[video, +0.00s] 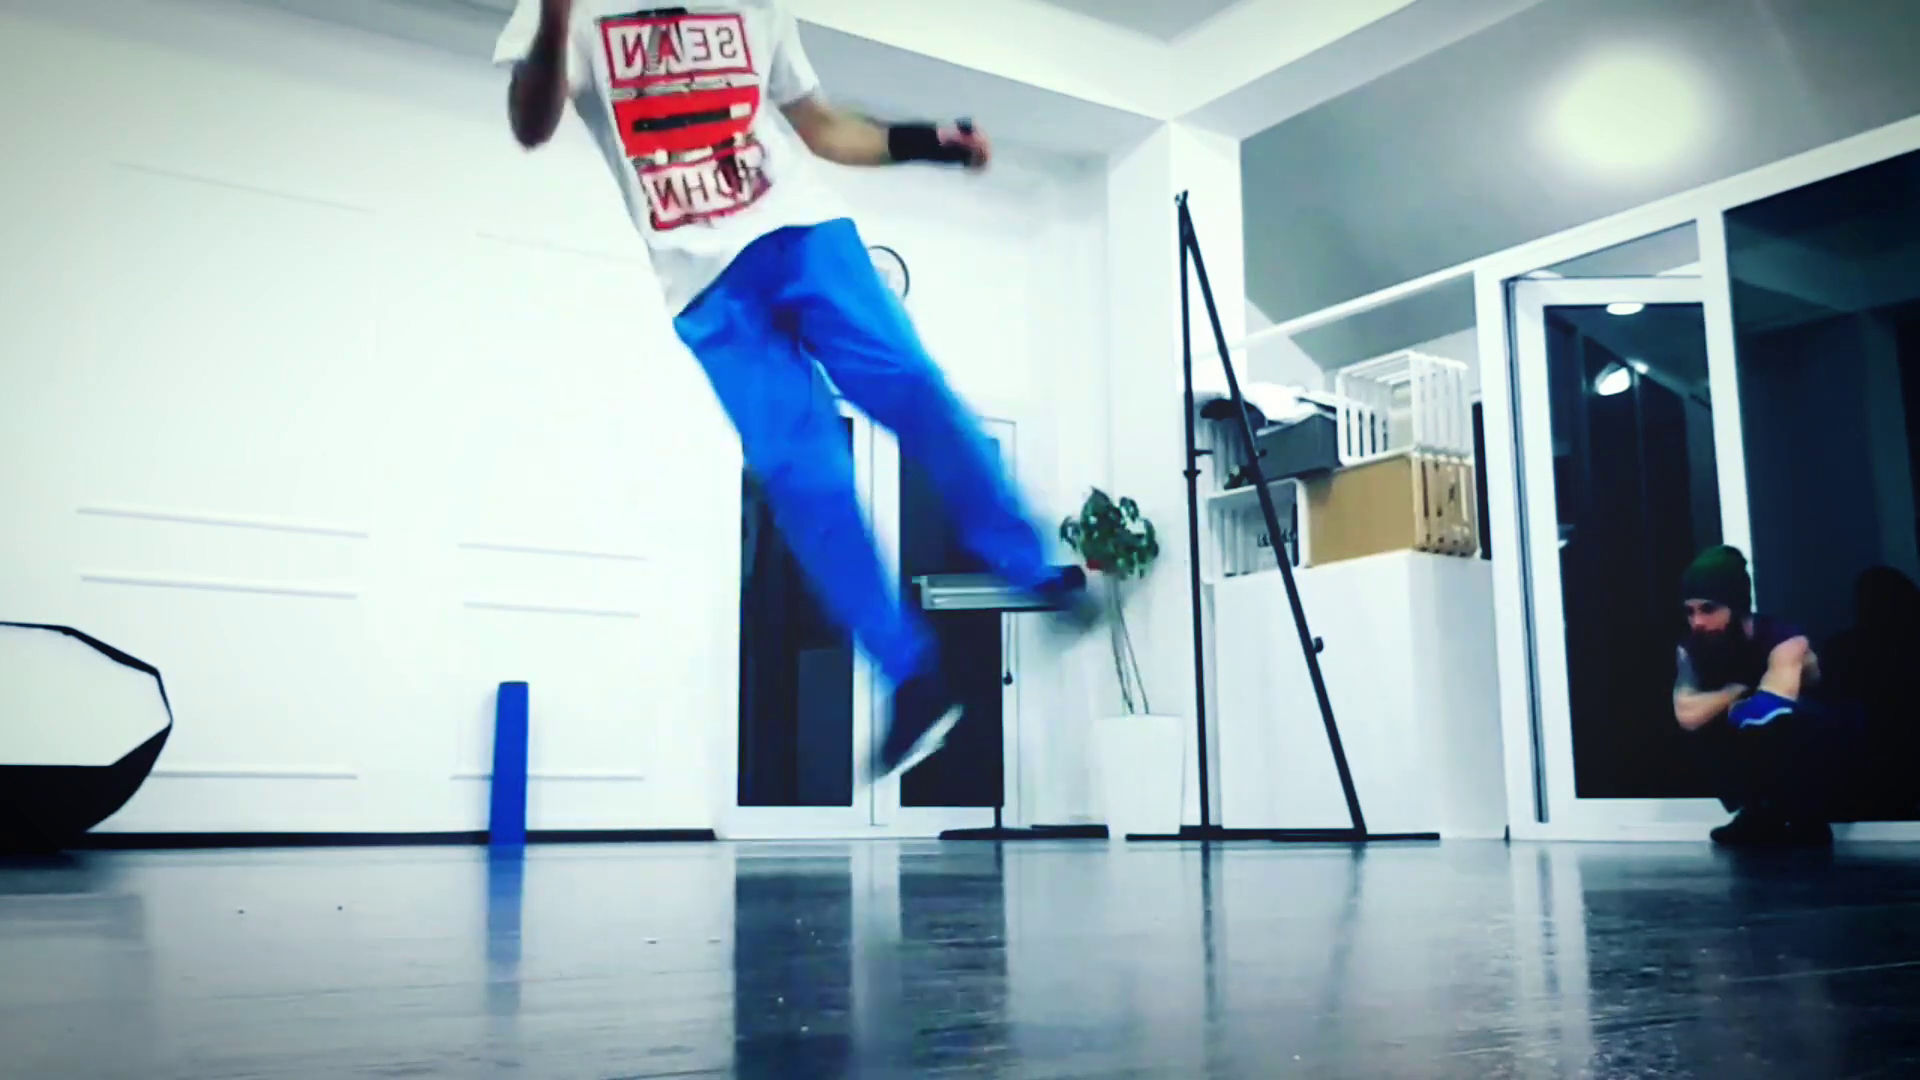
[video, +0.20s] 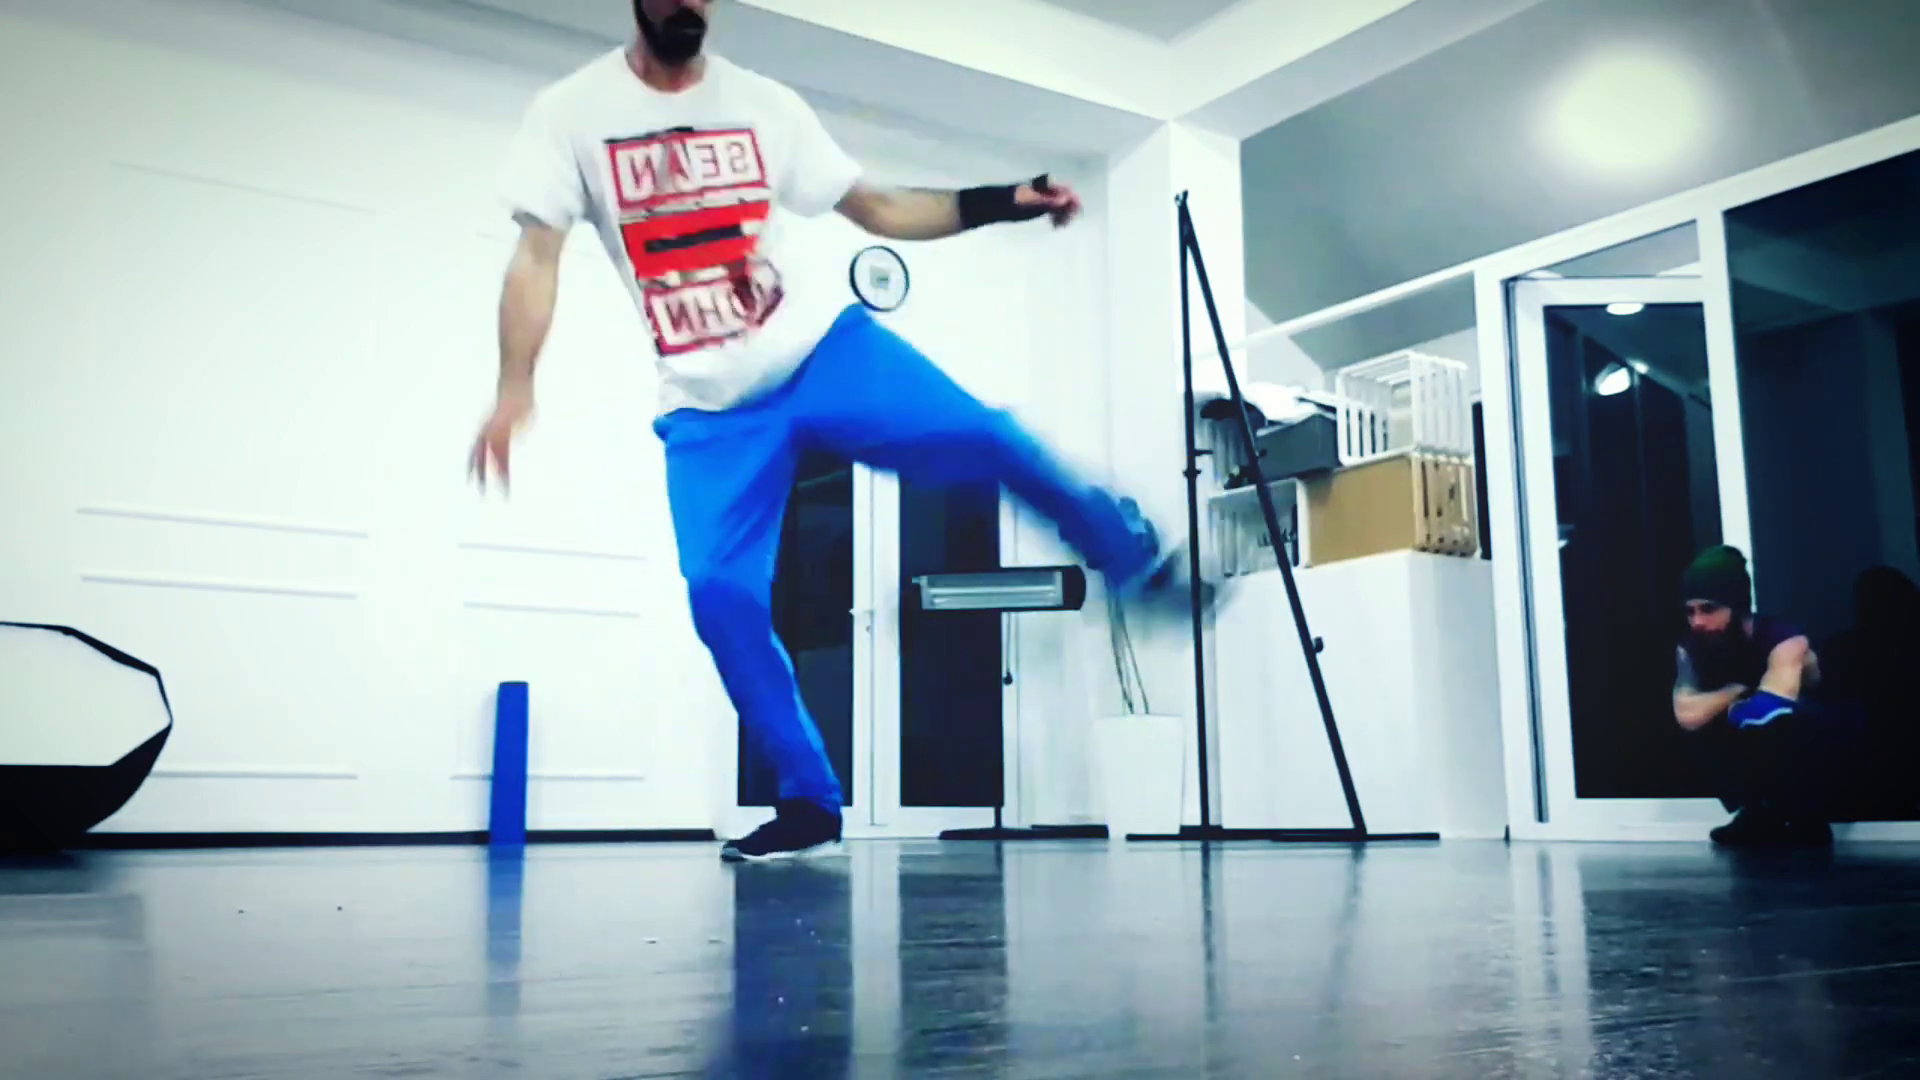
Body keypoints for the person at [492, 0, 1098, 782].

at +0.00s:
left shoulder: (757, 13)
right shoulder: (568, 16)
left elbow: (822, 127)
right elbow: (530, 128)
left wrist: (930, 141)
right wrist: (552, 19)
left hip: (800, 225)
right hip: (698, 280)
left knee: (914, 391)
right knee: (801, 473)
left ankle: (1037, 569)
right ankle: (911, 672)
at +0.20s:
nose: (685, 10)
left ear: (713, 9)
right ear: (634, 4)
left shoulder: (764, 107)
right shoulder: (570, 115)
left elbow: (877, 210)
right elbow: (535, 256)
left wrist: (1009, 201)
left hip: (826, 353)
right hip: (711, 411)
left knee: (989, 438)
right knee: (722, 595)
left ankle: (1144, 567)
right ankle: (809, 805)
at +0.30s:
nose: (694, 12)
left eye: (705, 3)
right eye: (676, 3)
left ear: (723, 1)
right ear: (646, 3)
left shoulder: (792, 81)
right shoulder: (591, 109)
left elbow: (892, 188)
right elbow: (556, 268)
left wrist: (1002, 194)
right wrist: (521, 428)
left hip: (805, 356)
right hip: (679, 382)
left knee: (901, 495)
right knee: (648, 549)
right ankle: (738, 760)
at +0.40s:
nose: (699, 36)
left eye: (711, 15)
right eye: (677, 20)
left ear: (735, 13)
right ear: (644, 24)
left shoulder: (816, 103)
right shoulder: (615, 140)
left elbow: (902, 214)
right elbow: (564, 302)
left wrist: (984, 256)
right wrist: (497, 447)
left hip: (794, 398)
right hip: (668, 377)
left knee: (788, 586)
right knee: (584, 527)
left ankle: (659, 784)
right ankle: (524, 664)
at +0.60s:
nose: (722, 108)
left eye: (736, 83)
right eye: (698, 90)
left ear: (763, 66)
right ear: (669, 85)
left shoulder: (841, 185)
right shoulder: (641, 190)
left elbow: (915, 299)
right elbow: (549, 319)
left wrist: (960, 362)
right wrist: (443, 401)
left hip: (786, 449)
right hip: (675, 415)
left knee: (782, 623)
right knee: (622, 539)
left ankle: (639, 798)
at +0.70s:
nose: (757, 96)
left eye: (769, 76)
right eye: (735, 78)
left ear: (786, 69)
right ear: (692, 73)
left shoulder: (837, 182)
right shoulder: (636, 182)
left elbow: (910, 296)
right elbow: (532, 294)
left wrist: (973, 355)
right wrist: (431, 344)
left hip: (814, 436)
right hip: (700, 413)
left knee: (837, 633)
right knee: (737, 530)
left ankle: (651, 777)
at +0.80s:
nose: (770, 147)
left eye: (782, 129)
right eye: (754, 127)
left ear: (797, 127)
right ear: (705, 117)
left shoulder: (833, 227)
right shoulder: (639, 225)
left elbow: (949, 317)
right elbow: (483, 291)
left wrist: (994, 314)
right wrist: (416, 255)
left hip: (842, 495)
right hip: (727, 487)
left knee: (924, 695)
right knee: (843, 559)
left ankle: (693, 757)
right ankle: (855, 733)